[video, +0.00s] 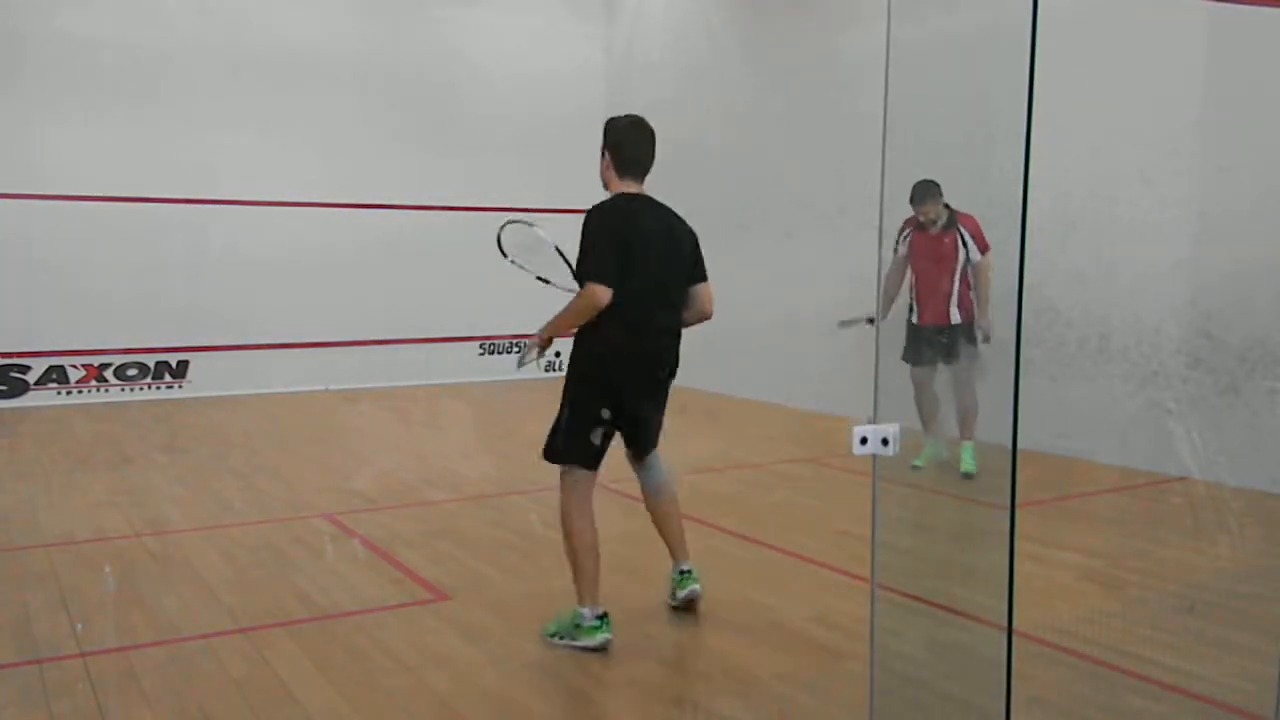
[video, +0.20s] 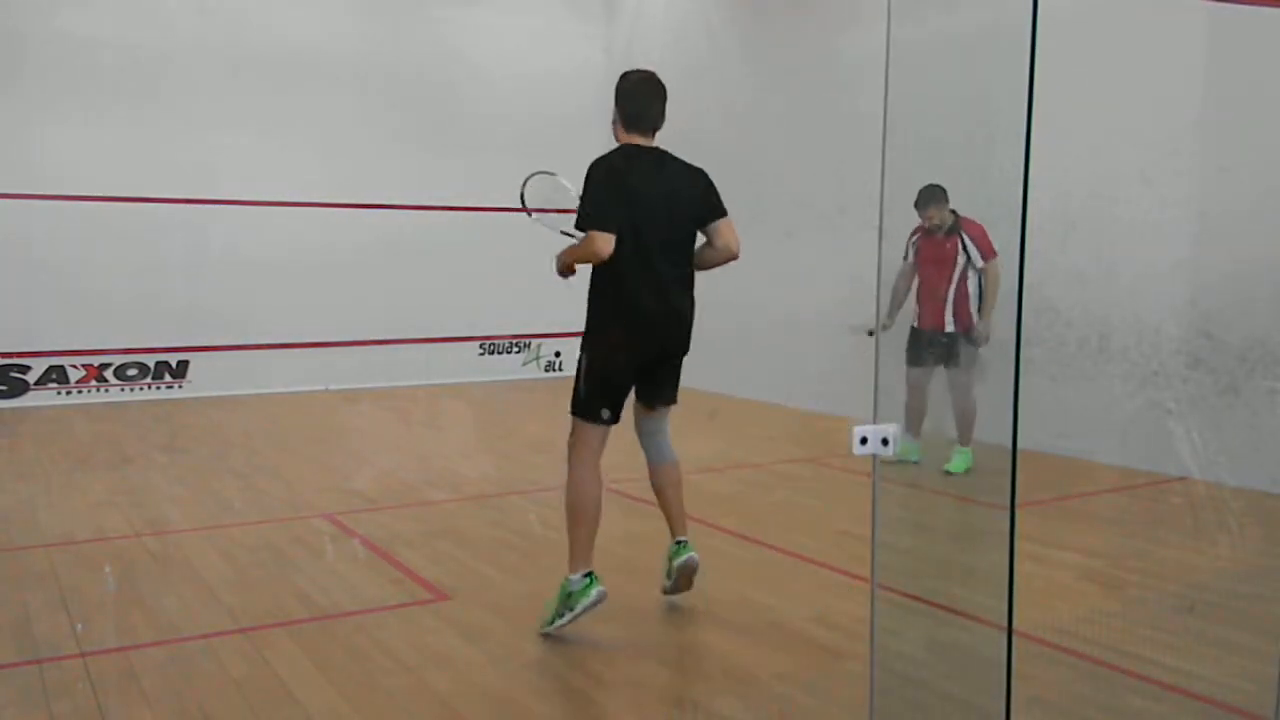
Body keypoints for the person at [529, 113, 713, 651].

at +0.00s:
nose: (598, 164)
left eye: (600, 156)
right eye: (605, 155)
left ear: (607, 161)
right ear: (649, 163)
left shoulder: (604, 218)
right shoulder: (677, 226)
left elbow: (597, 294)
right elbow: (701, 306)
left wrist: (552, 330)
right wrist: (649, 320)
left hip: (602, 370)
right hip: (655, 370)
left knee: (577, 483)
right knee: (647, 457)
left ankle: (590, 615)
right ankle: (684, 571)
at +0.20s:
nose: (613, 121)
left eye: (613, 114)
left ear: (615, 118)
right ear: (663, 120)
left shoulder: (607, 170)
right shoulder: (690, 176)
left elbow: (600, 245)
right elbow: (726, 245)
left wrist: (568, 256)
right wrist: (679, 261)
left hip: (615, 329)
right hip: (671, 329)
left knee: (585, 450)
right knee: (655, 429)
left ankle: (579, 577)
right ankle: (681, 543)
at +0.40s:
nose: (629, 156)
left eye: (629, 149)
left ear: (629, 156)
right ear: (676, 159)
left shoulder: (622, 214)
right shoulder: (701, 218)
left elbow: (614, 294)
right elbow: (740, 289)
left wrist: (579, 295)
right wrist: (690, 301)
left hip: (631, 367)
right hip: (686, 370)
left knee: (579, 464)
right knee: (663, 464)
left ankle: (607, 587)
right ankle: (696, 586)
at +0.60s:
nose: (634, 114)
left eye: (633, 107)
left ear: (633, 112)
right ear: (680, 113)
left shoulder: (621, 165)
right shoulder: (710, 173)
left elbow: (612, 235)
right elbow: (740, 248)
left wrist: (591, 251)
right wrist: (692, 254)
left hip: (630, 329)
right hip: (689, 332)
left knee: (601, 438)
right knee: (685, 441)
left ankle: (610, 565)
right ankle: (697, 559)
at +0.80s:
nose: (631, 144)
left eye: (630, 136)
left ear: (630, 143)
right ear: (678, 143)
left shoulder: (619, 194)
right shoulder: (709, 201)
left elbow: (604, 261)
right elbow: (743, 279)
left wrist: (584, 259)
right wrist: (700, 283)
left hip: (629, 352)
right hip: (689, 352)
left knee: (624, 474)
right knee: (687, 451)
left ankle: (638, 600)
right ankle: (704, 567)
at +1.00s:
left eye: (647, 134)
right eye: (688, 134)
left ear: (642, 141)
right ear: (692, 140)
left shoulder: (628, 198)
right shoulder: (723, 202)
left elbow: (620, 273)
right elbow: (757, 281)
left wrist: (598, 284)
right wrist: (715, 299)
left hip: (644, 356)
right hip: (703, 356)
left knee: (640, 480)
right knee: (709, 457)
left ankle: (645, 603)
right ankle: (712, 564)